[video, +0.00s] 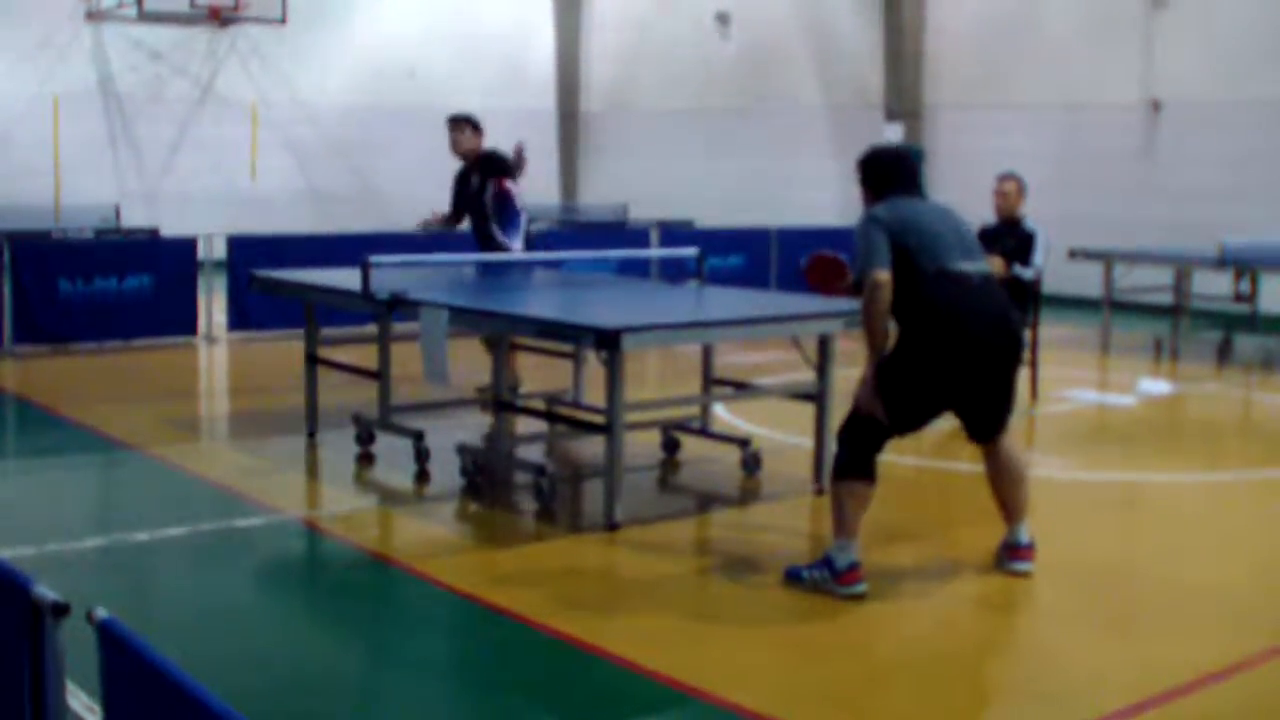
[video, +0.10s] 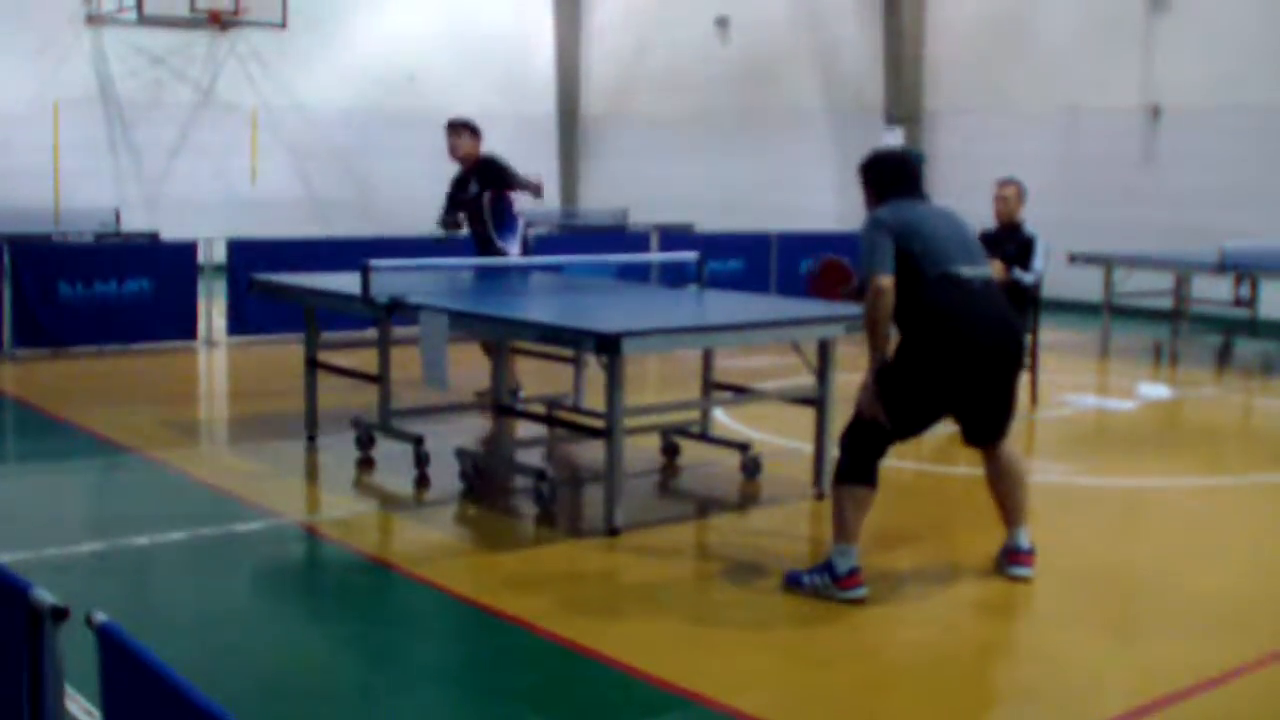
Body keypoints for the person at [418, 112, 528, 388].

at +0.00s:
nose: (455, 139)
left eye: (462, 132)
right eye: (453, 133)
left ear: (477, 136)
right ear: (451, 139)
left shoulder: (491, 159)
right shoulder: (463, 176)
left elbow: (511, 172)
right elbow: (457, 216)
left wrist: (517, 162)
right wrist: (438, 222)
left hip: (510, 256)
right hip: (487, 257)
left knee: (500, 323)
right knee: (489, 323)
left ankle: (507, 380)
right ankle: (505, 378)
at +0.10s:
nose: (454, 144)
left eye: (460, 138)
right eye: (451, 139)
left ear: (475, 140)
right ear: (448, 144)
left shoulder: (491, 166)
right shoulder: (460, 181)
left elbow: (513, 181)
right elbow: (448, 219)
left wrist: (532, 188)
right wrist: (456, 223)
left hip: (508, 262)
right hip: (484, 262)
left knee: (498, 328)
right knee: (485, 328)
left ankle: (507, 384)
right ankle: (506, 381)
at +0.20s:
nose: (448, 155)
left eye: (453, 148)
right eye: (446, 149)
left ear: (470, 147)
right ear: (450, 153)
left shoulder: (490, 175)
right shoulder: (458, 185)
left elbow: (520, 198)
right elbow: (444, 218)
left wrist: (546, 222)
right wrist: (423, 202)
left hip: (509, 269)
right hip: (482, 271)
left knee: (500, 337)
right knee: (479, 334)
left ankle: (509, 396)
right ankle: (504, 387)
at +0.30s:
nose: (438, 163)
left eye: (443, 156)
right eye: (437, 157)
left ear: (461, 156)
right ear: (445, 160)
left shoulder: (485, 183)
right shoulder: (453, 192)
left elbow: (521, 213)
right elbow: (441, 224)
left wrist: (544, 245)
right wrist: (408, 198)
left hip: (503, 278)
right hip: (477, 278)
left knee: (494, 339)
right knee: (467, 338)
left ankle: (513, 394)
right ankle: (503, 393)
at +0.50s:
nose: (418, 192)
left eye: (422, 183)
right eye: (410, 187)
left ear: (435, 174)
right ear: (402, 184)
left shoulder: (464, 199)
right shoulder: (406, 213)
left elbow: (505, 237)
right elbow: (408, 260)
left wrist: (525, 284)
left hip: (477, 297)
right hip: (439, 300)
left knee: (468, 364)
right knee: (426, 367)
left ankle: (471, 434)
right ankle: (479, 420)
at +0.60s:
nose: (427, 195)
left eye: (432, 186)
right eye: (419, 188)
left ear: (442, 178)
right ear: (407, 184)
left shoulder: (466, 203)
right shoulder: (399, 214)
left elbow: (505, 243)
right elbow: (396, 263)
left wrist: (525, 285)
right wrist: (420, 271)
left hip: (468, 302)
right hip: (429, 304)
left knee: (465, 373)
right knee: (419, 376)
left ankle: (471, 461)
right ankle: (470, 413)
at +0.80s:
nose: (425, 182)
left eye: (431, 174)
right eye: (417, 175)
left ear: (438, 171)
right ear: (402, 172)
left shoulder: (453, 202)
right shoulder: (382, 205)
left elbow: (483, 249)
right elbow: (361, 256)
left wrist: (495, 292)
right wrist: (393, 264)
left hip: (447, 303)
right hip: (400, 303)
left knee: (452, 368)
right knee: (370, 354)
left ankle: (464, 439)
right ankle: (383, 422)